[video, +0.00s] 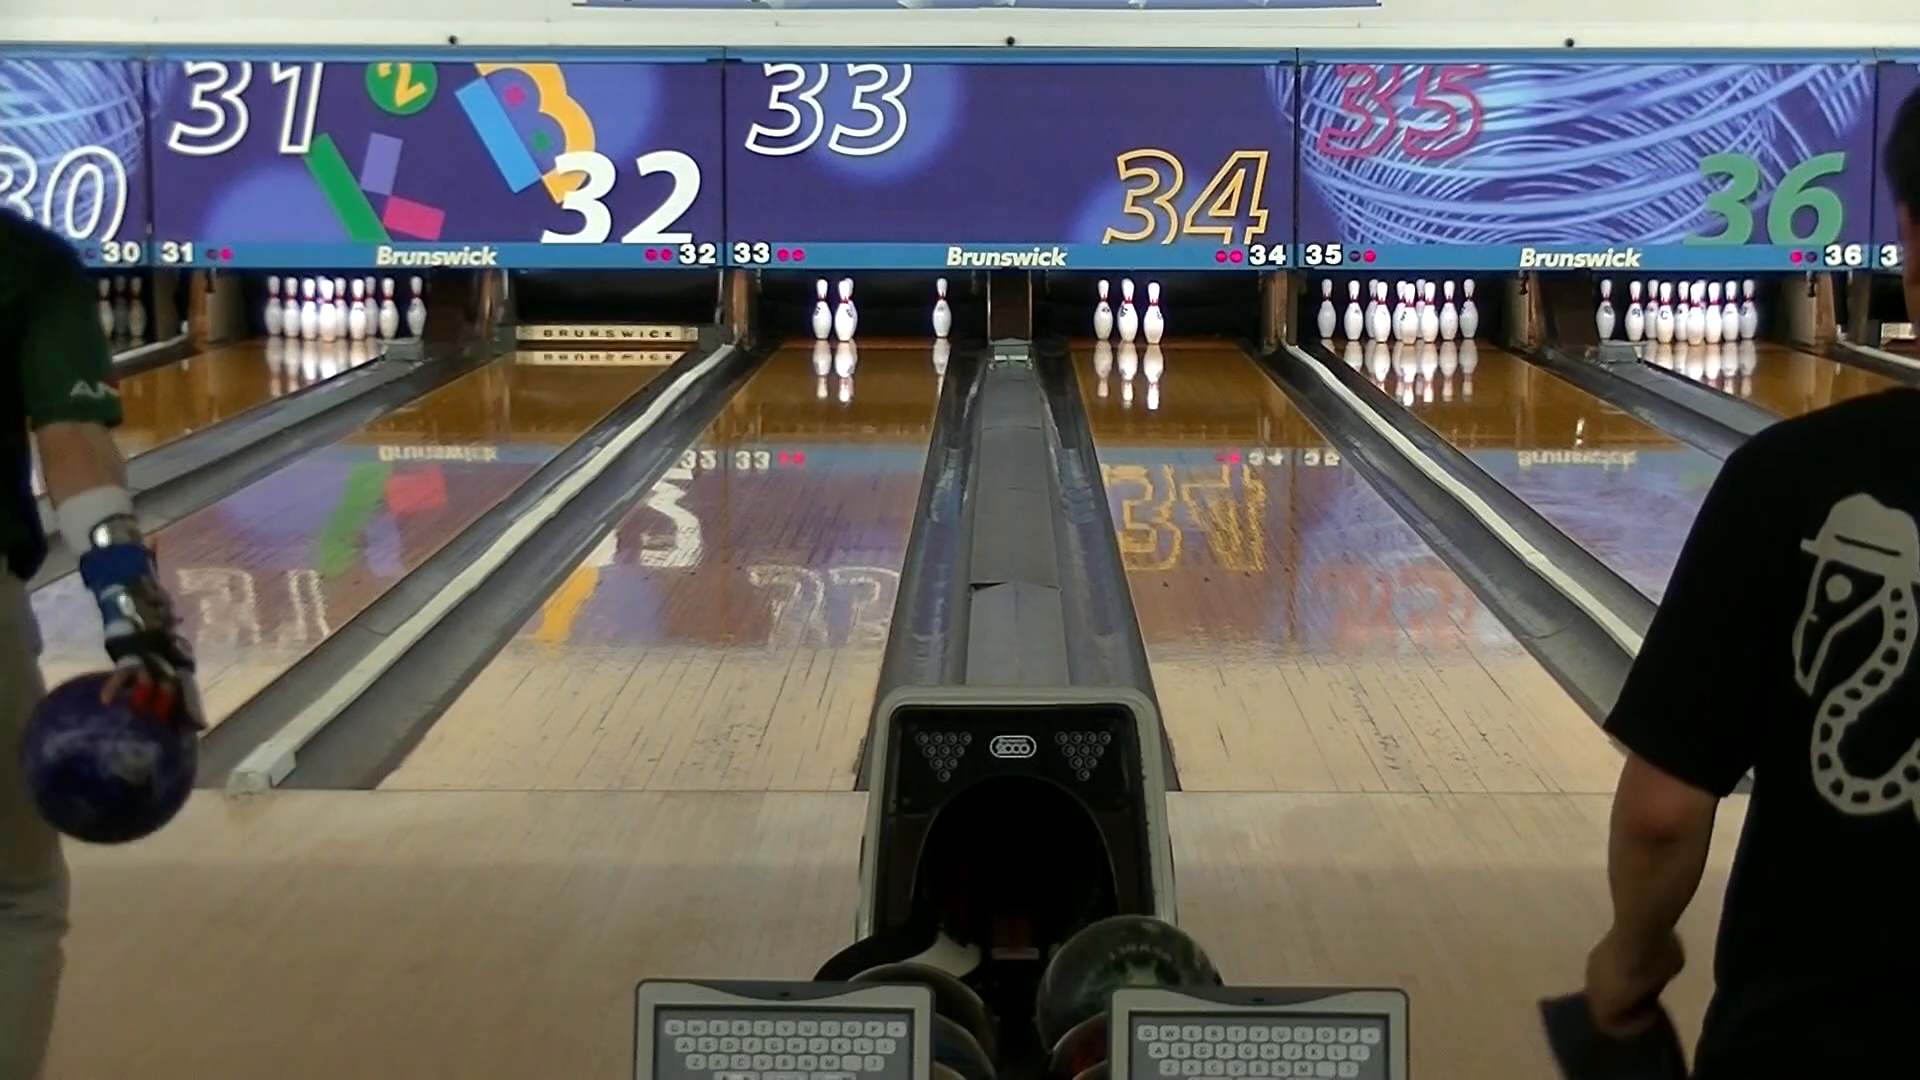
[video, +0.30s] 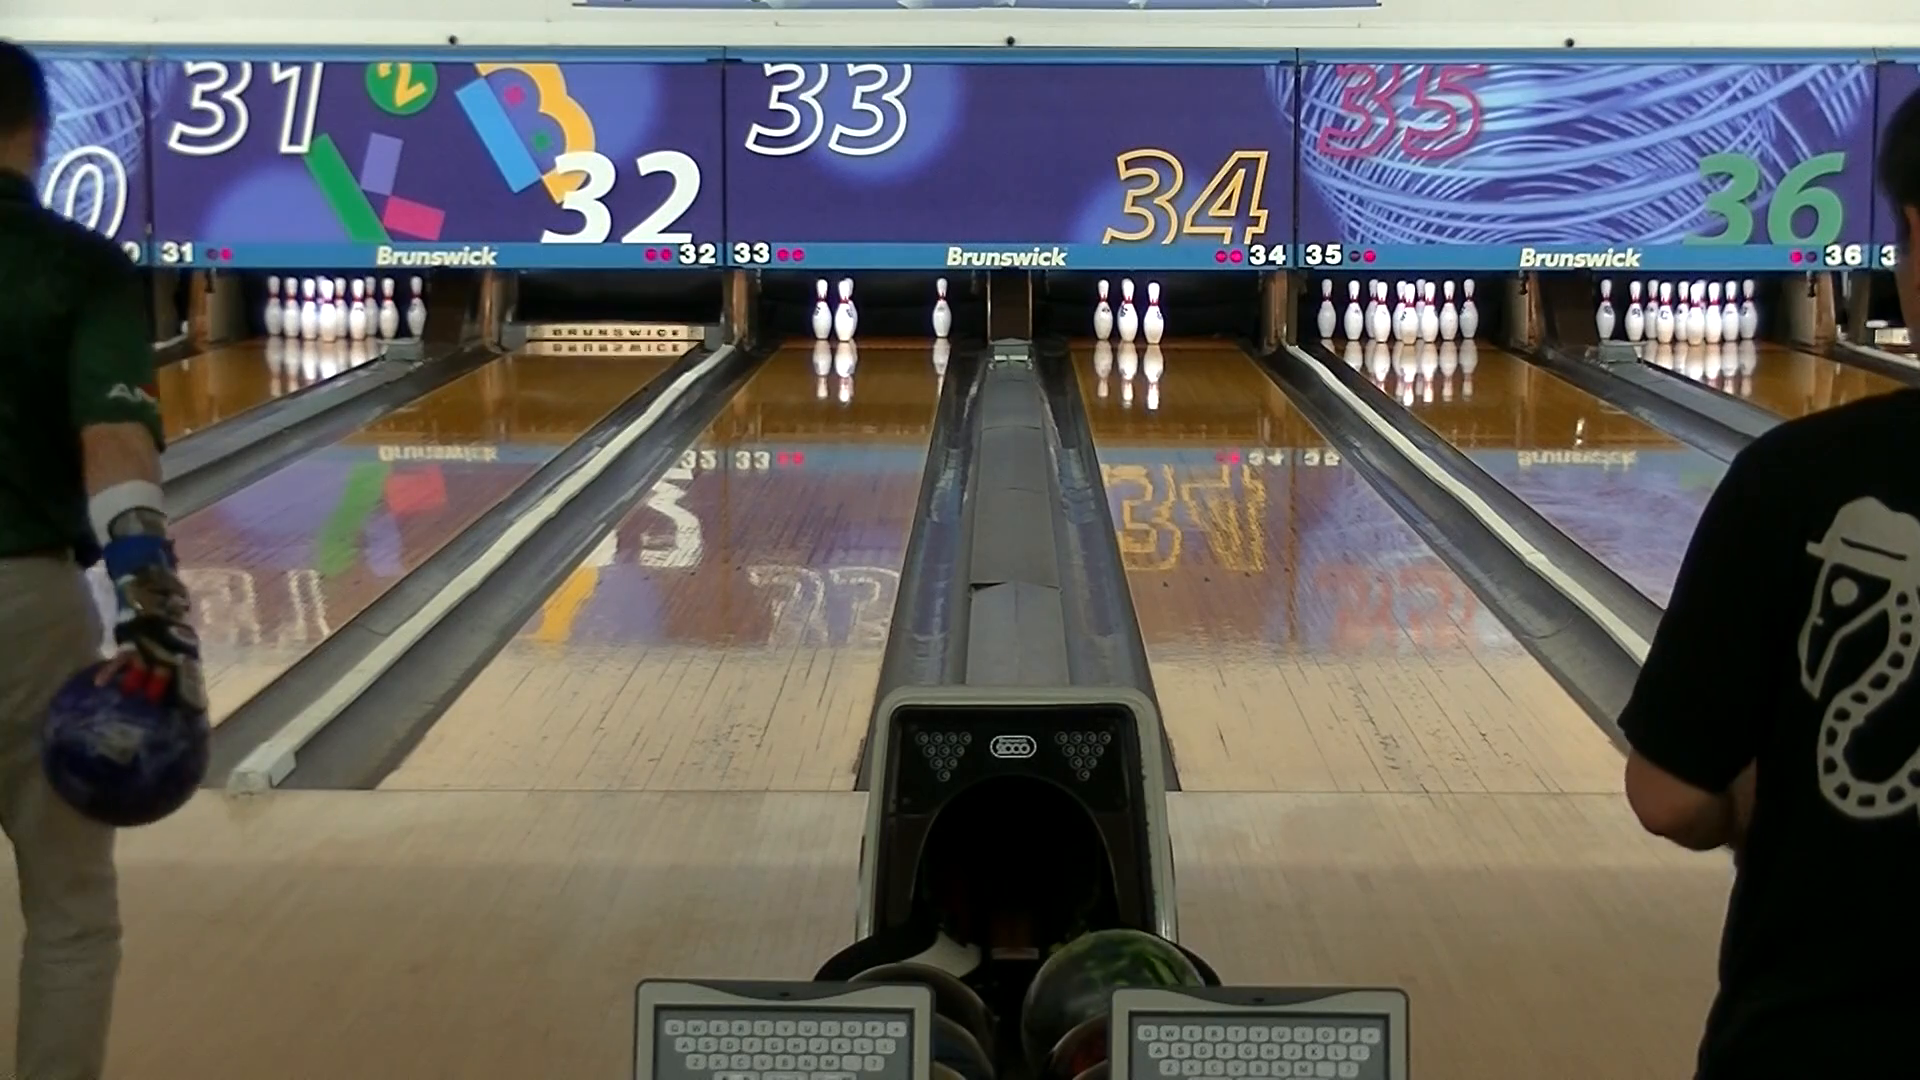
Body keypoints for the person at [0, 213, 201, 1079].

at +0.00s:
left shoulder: (31, 263)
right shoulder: (31, 263)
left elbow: (75, 440)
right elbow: (74, 441)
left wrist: (126, 593)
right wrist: (128, 593)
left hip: (1, 616)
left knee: (22, 898)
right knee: (18, 900)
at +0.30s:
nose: (36, 147)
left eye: (28, 129)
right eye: (37, 128)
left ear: (18, 131)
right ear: (30, 131)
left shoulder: (74, 263)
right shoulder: (75, 262)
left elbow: (113, 440)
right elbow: (113, 438)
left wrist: (147, 599)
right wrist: (151, 598)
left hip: (32, 597)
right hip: (25, 602)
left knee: (67, 912)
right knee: (69, 912)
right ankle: (54, 1071)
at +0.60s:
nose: (54, 135)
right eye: (59, 116)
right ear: (56, 120)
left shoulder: (99, 260)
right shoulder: (99, 259)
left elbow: (154, 465)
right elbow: (155, 466)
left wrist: (217, 617)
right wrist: (221, 618)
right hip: (28, 585)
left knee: (48, 873)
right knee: (52, 879)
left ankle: (48, 1058)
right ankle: (47, 1065)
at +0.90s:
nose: (35, 110)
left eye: (26, 92)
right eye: (33, 92)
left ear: (10, 100)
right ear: (23, 102)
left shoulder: (78, 237)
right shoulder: (78, 238)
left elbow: (132, 446)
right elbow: (137, 448)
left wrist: (127, 478)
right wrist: (142, 493)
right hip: (23, 574)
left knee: (67, 842)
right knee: (71, 846)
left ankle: (43, 1057)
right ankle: (46, 1063)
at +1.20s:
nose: (45, 107)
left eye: (27, 91)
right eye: (48, 89)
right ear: (52, 103)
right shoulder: (110, 238)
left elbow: (156, 390)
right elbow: (157, 390)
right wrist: (51, 358)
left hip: (40, 569)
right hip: (50, 573)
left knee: (66, 860)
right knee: (67, 864)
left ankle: (56, 1065)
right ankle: (56, 1072)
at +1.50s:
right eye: (56, 80)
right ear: (70, 99)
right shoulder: (125, 232)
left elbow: (141, 347)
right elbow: (137, 351)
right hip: (75, 570)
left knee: (66, 858)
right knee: (83, 863)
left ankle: (48, 1061)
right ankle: (60, 1068)